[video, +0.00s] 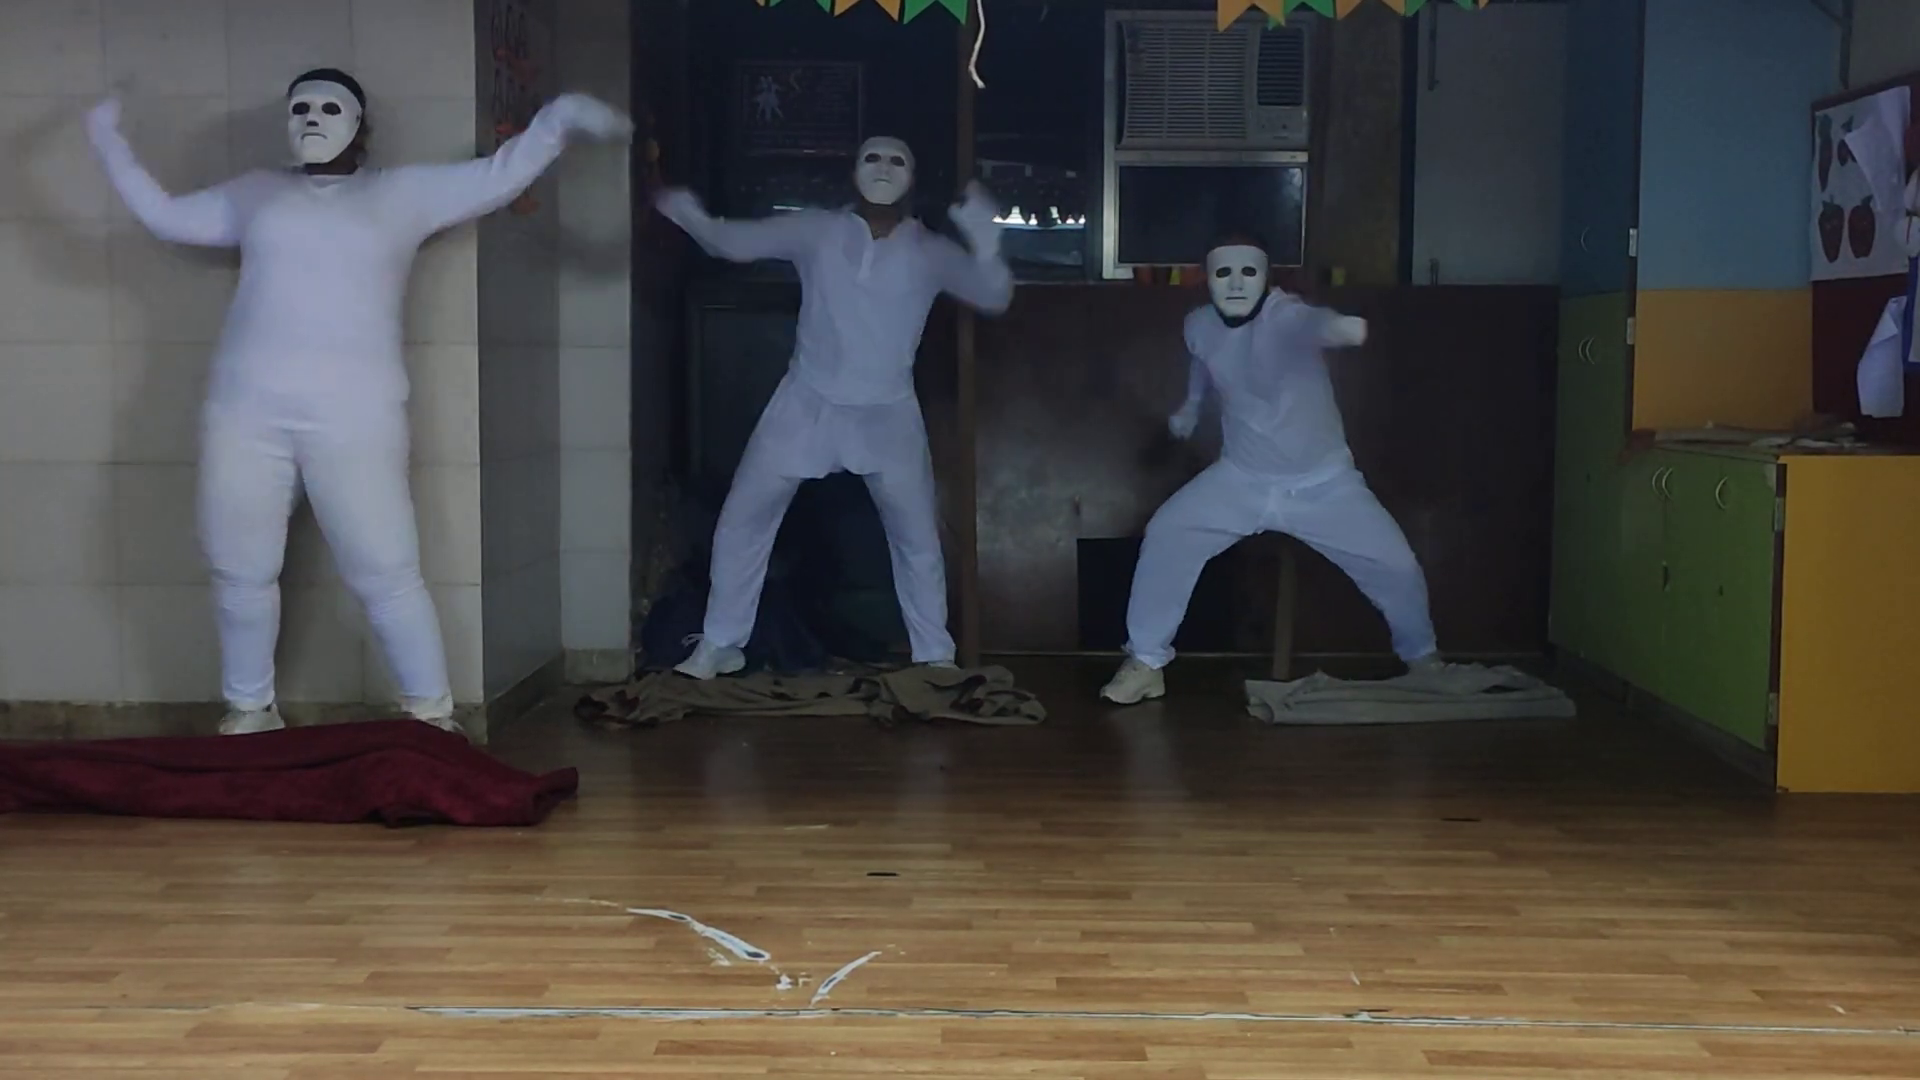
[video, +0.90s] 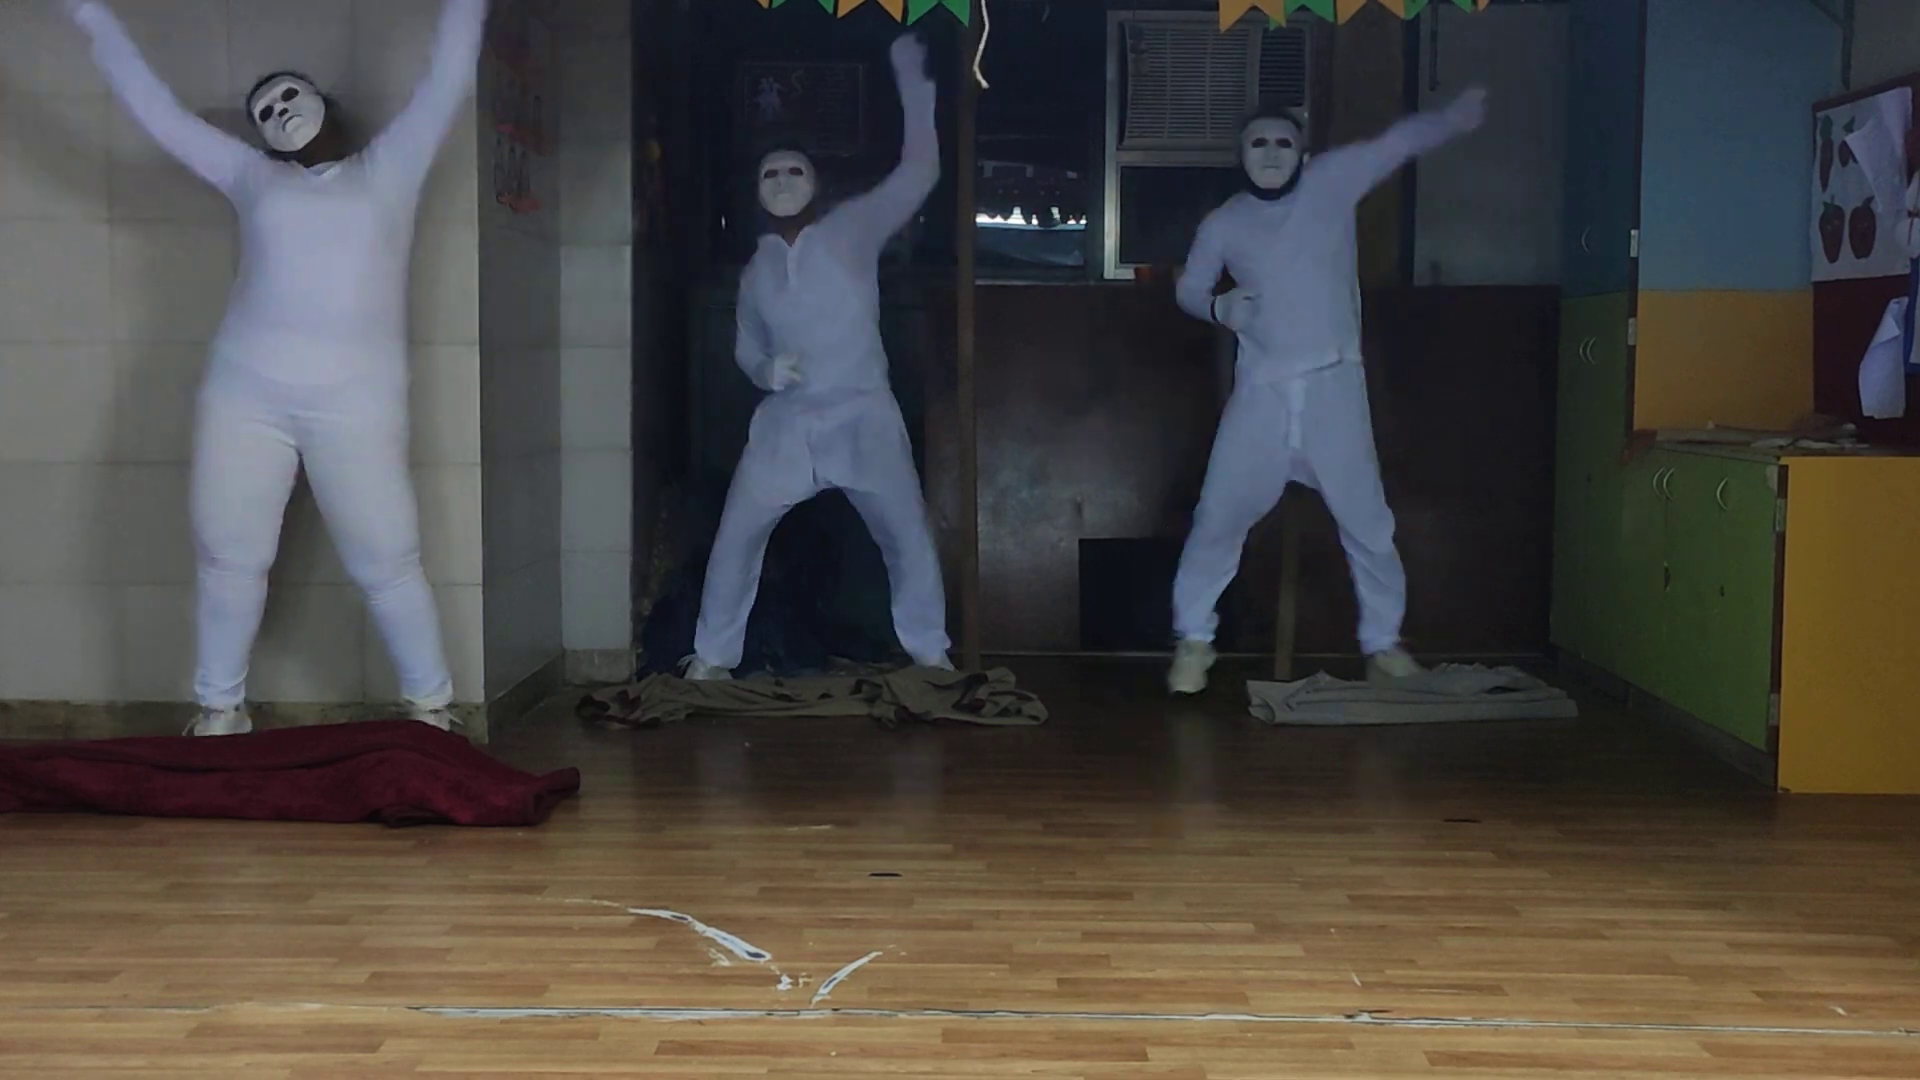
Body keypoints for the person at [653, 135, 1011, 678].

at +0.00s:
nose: (882, 170)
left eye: (896, 163)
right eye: (872, 160)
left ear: (913, 181)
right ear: (854, 174)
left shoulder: (932, 252)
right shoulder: (818, 231)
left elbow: (994, 296)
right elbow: (734, 242)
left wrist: (985, 240)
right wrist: (691, 216)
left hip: (888, 414)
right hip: (805, 405)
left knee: (917, 538)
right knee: (742, 521)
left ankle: (935, 657)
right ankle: (722, 645)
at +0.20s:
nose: (808, 208)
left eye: (821, 198)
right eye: (797, 200)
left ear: (841, 212)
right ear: (784, 214)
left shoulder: (875, 260)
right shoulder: (766, 276)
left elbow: (933, 257)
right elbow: (720, 305)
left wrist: (953, 246)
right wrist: (687, 319)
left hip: (863, 436)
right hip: (779, 437)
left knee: (906, 543)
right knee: (720, 540)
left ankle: (932, 658)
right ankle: (708, 665)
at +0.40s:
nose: (778, 158)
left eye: (788, 148)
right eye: (765, 149)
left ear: (804, 161)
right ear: (747, 164)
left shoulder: (834, 232)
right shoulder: (728, 232)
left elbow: (884, 306)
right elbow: (672, 300)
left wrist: (861, 375)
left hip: (839, 403)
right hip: (757, 409)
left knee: (897, 505)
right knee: (724, 529)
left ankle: (924, 636)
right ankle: (709, 661)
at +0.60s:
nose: (776, 171)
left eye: (786, 161)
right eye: (761, 162)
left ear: (798, 173)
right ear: (742, 176)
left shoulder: (823, 244)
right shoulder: (720, 233)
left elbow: (857, 319)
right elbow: (645, 192)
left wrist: (877, 267)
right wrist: (656, 146)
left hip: (828, 395)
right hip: (752, 407)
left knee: (888, 448)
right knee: (720, 541)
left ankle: (879, 568)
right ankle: (709, 658)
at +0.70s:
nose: (778, 156)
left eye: (788, 147)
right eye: (766, 148)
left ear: (801, 161)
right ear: (747, 165)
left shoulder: (829, 227)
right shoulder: (724, 236)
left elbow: (903, 225)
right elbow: (654, 270)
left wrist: (886, 153)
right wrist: (727, 293)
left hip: (835, 400)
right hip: (754, 407)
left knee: (898, 474)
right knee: (723, 534)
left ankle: (877, 592)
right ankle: (710, 659)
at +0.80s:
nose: (789, 150)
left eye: (799, 142)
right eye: (775, 143)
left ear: (814, 153)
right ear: (758, 159)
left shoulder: (841, 198)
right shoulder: (745, 238)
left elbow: (895, 128)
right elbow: (714, 330)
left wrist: (947, 70)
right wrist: (744, 380)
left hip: (848, 393)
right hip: (768, 398)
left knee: (898, 512)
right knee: (731, 528)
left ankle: (916, 639)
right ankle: (712, 657)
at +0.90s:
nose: (782, 185)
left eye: (793, 174)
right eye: (770, 176)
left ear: (817, 182)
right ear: (757, 190)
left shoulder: (851, 229)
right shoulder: (757, 272)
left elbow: (920, 169)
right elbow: (748, 348)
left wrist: (912, 82)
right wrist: (765, 369)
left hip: (864, 413)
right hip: (786, 421)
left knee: (907, 533)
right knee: (737, 532)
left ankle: (930, 656)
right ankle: (714, 660)